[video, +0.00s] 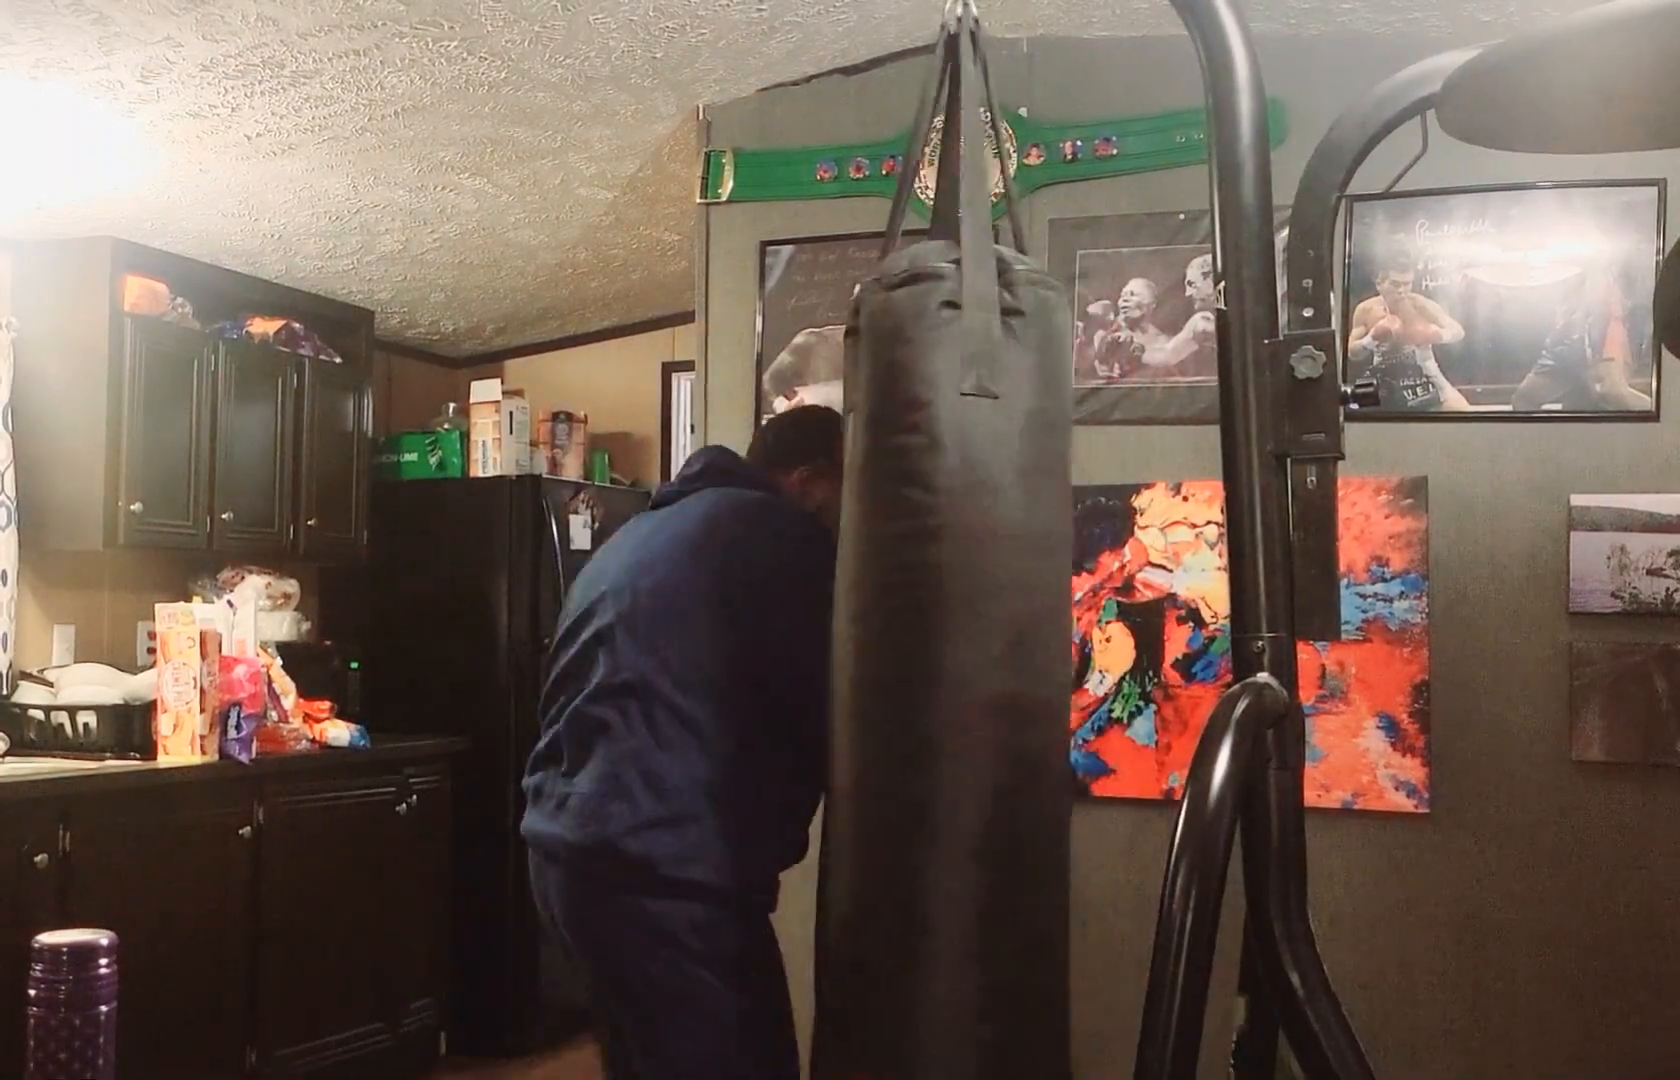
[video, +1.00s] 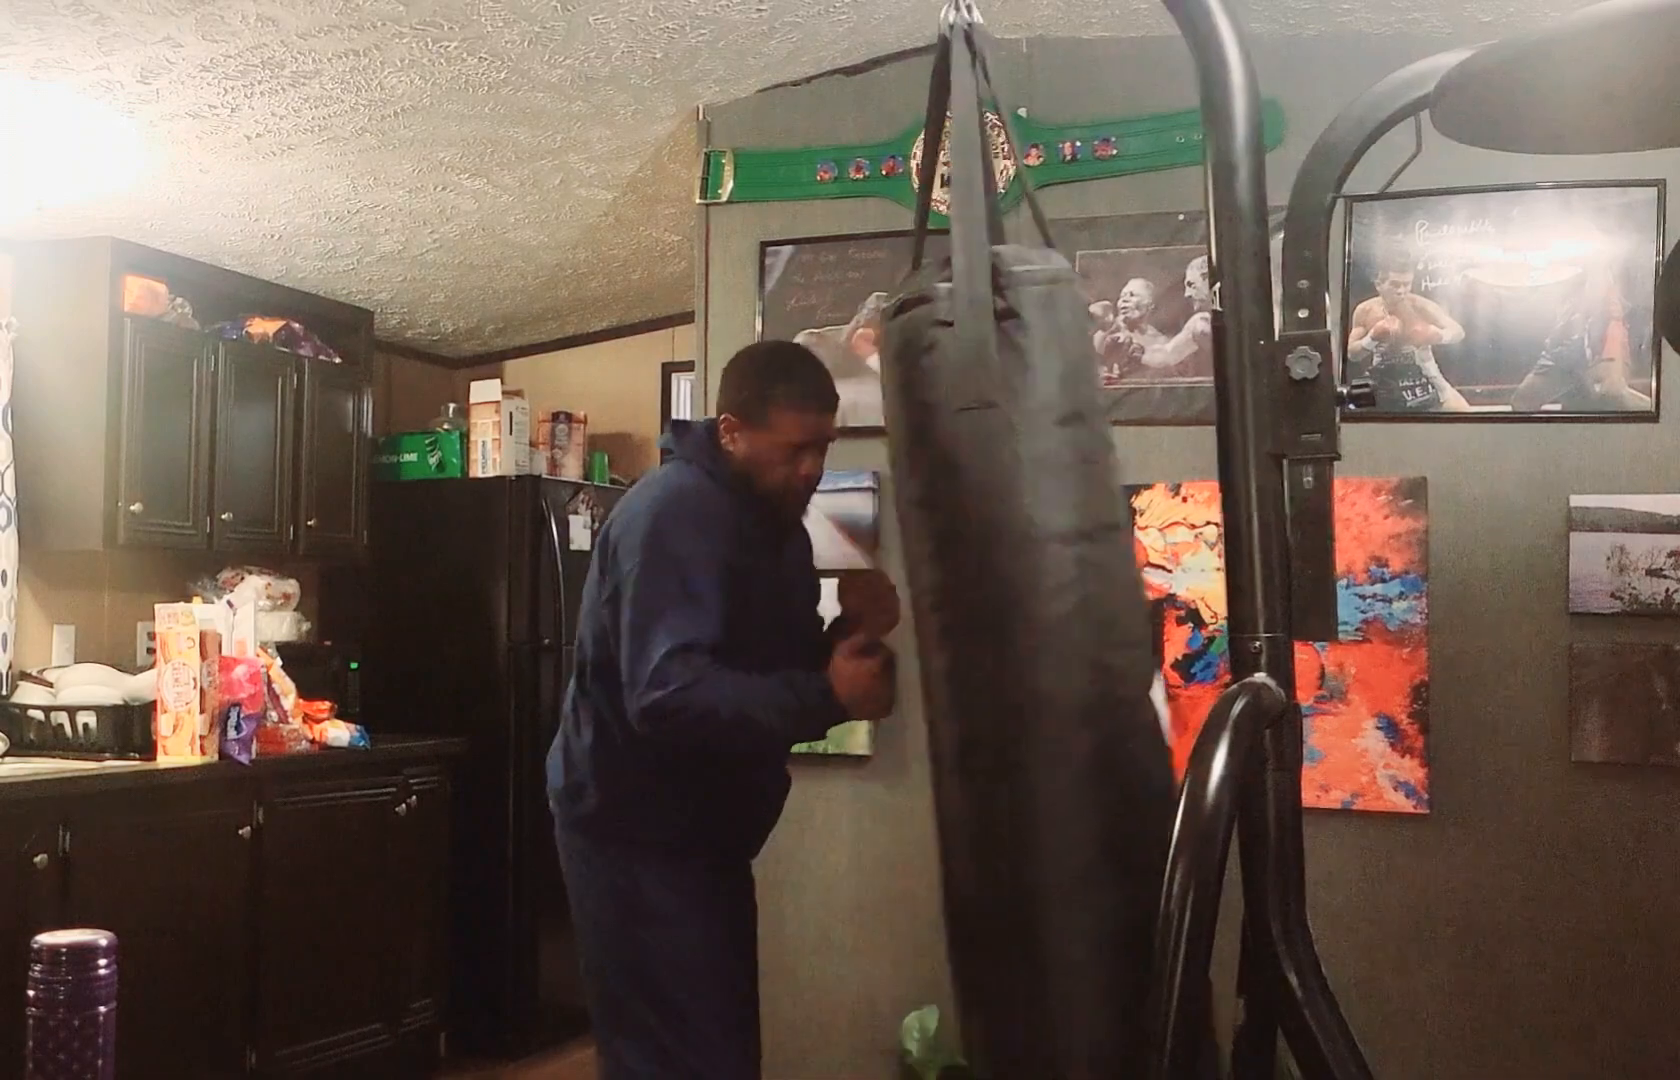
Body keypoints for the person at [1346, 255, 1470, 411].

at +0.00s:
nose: (1402, 291)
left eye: (1407, 284)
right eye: (1396, 284)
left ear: (1412, 283)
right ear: (1379, 283)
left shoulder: (1421, 304)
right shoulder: (1366, 310)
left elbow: (1458, 331)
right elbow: (1352, 353)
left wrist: (1435, 335)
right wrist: (1374, 337)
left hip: (1429, 382)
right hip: (1386, 386)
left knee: (1467, 416)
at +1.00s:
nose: (1401, 291)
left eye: (1406, 285)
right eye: (1395, 285)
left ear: (1412, 283)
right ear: (1379, 284)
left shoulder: (1421, 305)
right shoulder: (1364, 311)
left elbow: (1458, 332)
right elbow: (1352, 355)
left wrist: (1436, 335)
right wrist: (1373, 338)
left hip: (1429, 385)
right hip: (1385, 389)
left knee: (1468, 419)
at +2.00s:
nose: (1402, 291)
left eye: (1407, 285)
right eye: (1396, 285)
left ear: (1412, 283)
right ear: (1379, 284)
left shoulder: (1421, 305)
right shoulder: (1365, 310)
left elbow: (1458, 332)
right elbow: (1352, 353)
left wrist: (1435, 335)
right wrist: (1374, 338)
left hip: (1428, 382)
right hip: (1385, 385)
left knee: (1469, 418)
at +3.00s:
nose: (1402, 291)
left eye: (1406, 285)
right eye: (1395, 285)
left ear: (1411, 283)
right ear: (1379, 284)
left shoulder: (1421, 305)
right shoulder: (1365, 311)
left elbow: (1457, 332)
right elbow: (1353, 355)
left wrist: (1434, 336)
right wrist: (1373, 338)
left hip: (1428, 382)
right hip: (1385, 386)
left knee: (1468, 418)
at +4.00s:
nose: (1401, 291)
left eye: (1406, 285)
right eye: (1395, 285)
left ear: (1411, 284)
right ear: (1378, 284)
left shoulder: (1420, 306)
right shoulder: (1364, 311)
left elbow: (1457, 332)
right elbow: (1352, 354)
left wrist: (1435, 336)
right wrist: (1373, 338)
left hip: (1428, 384)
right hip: (1386, 388)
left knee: (1468, 420)